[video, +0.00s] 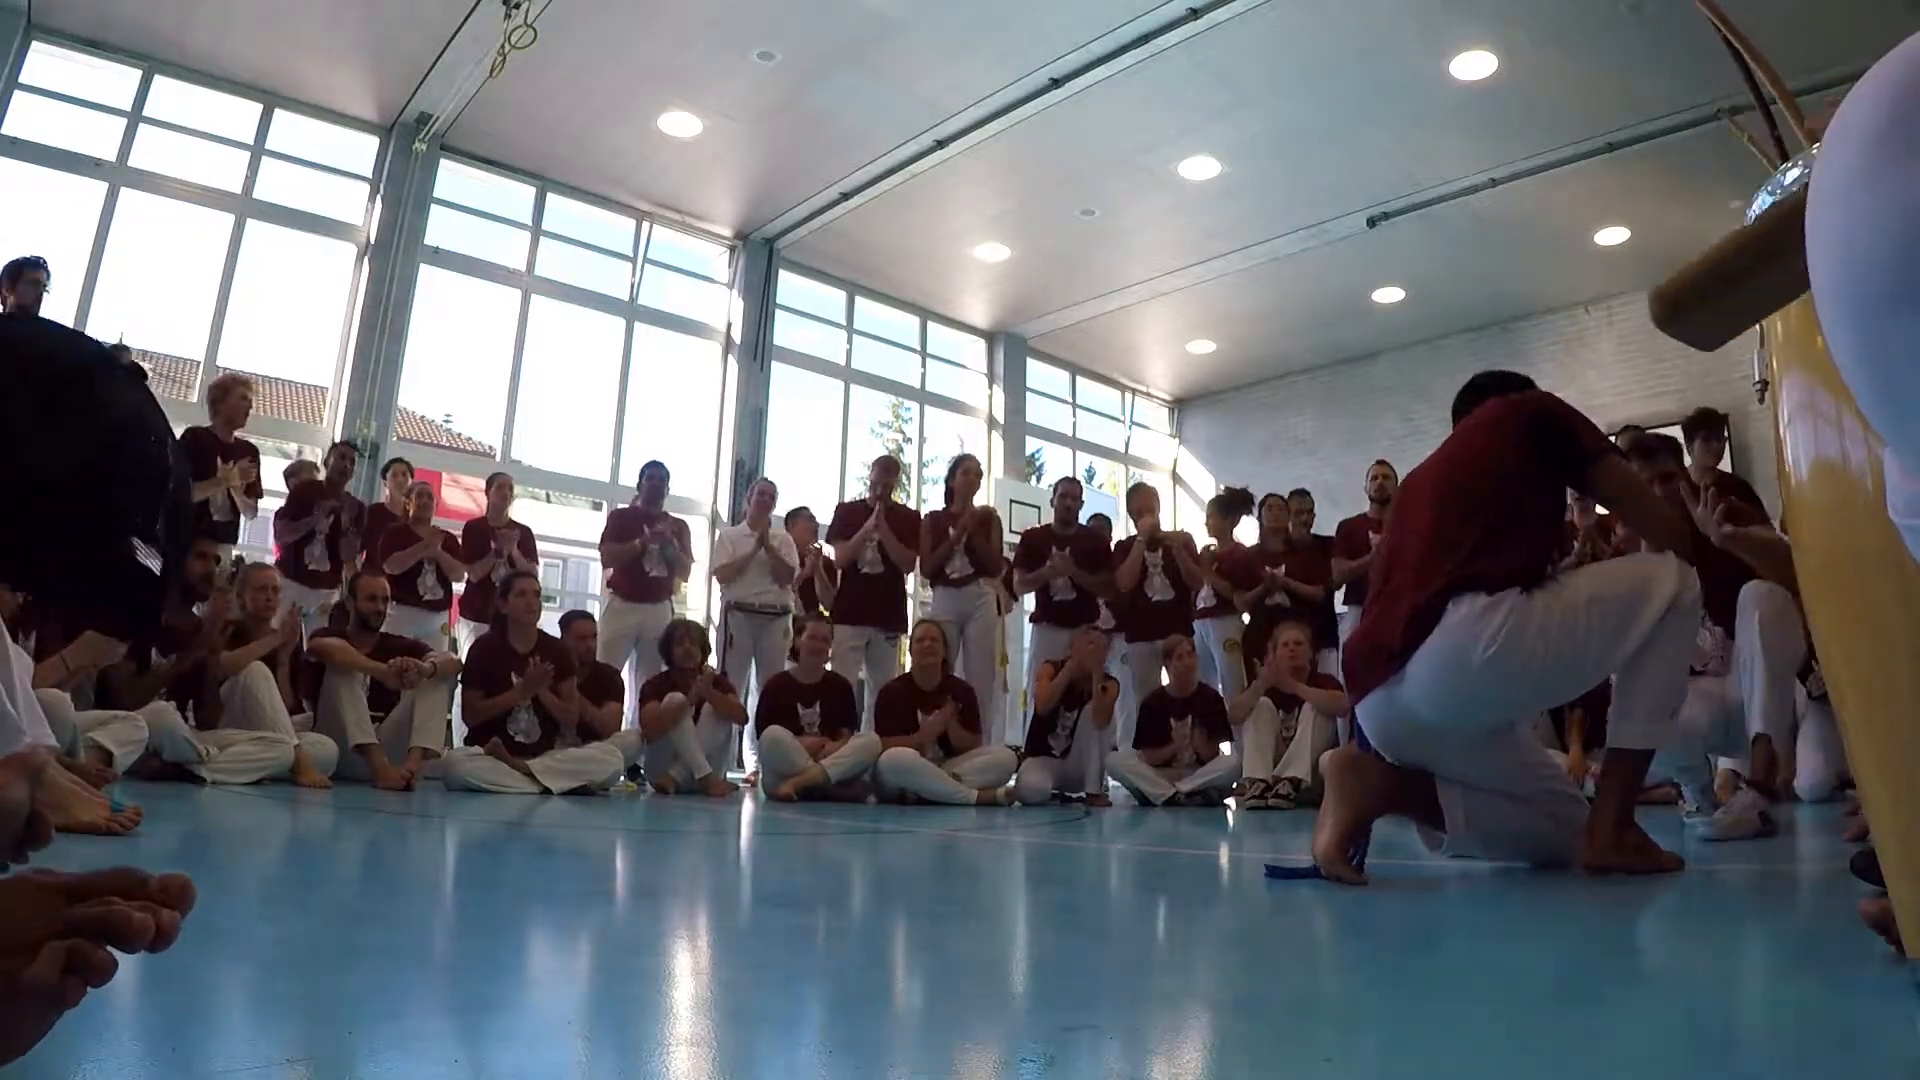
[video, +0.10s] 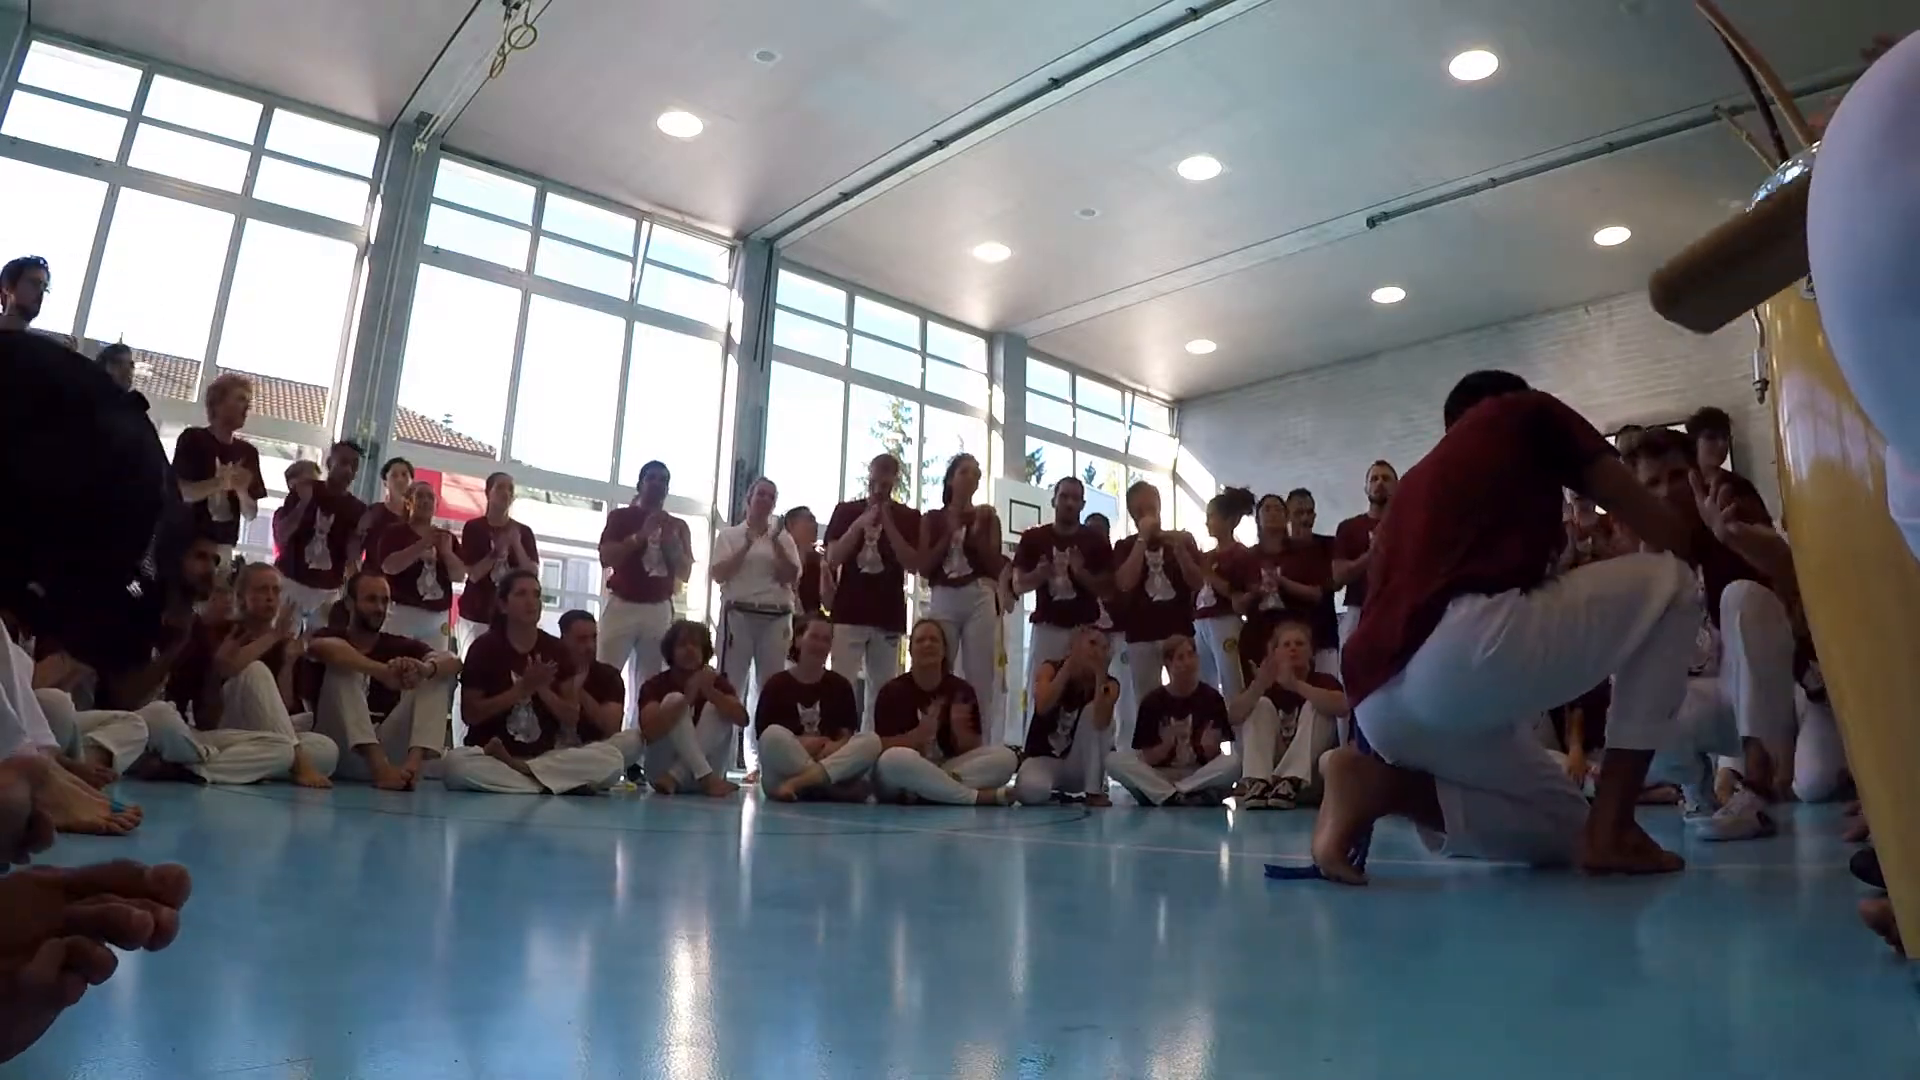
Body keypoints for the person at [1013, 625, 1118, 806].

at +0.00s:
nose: (1094, 650)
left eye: (1100, 645)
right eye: (1088, 643)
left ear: (1106, 653)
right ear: (1073, 648)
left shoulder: (1108, 683)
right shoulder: (1050, 668)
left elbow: (1100, 719)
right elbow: (1042, 706)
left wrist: (1097, 674)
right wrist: (1070, 668)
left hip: (1079, 763)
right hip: (1042, 761)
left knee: (1093, 711)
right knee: (1031, 793)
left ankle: (1094, 791)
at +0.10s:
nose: (1096, 650)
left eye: (1103, 647)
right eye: (1092, 643)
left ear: (1107, 654)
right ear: (1074, 646)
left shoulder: (1109, 684)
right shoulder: (1050, 668)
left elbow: (1101, 720)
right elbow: (1043, 706)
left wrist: (1100, 673)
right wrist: (1069, 666)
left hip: (1079, 764)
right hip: (1042, 761)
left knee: (1094, 711)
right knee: (1031, 793)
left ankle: (1094, 791)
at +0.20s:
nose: (1095, 650)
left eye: (1102, 646)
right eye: (1090, 643)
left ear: (1107, 653)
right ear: (1075, 645)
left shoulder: (1108, 683)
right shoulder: (1050, 668)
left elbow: (1098, 718)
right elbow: (1043, 707)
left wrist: (1097, 671)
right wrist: (1073, 670)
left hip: (1080, 763)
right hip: (1042, 760)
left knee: (1094, 712)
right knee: (1031, 793)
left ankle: (1094, 790)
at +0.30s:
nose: (1093, 652)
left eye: (1101, 647)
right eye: (1089, 645)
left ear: (1105, 653)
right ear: (1076, 646)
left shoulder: (1108, 683)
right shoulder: (1051, 669)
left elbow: (1097, 718)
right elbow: (1043, 707)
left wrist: (1093, 669)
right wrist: (1074, 671)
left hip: (1080, 762)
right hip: (1043, 760)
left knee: (1093, 713)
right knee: (1031, 792)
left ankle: (1094, 790)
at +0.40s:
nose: (1093, 652)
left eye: (1101, 648)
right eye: (1088, 645)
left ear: (1106, 653)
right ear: (1076, 647)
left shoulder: (1108, 683)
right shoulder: (1051, 669)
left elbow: (1098, 719)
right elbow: (1043, 707)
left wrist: (1092, 670)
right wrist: (1074, 670)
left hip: (1080, 762)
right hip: (1043, 760)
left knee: (1093, 712)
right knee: (1031, 792)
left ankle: (1094, 790)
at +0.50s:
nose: (1095, 653)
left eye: (1102, 648)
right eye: (1089, 645)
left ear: (1106, 653)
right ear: (1075, 647)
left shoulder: (1107, 683)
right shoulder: (1050, 669)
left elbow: (1098, 719)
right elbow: (1042, 707)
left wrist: (1092, 672)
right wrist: (1074, 669)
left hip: (1080, 762)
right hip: (1043, 760)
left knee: (1093, 712)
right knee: (1031, 792)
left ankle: (1094, 790)